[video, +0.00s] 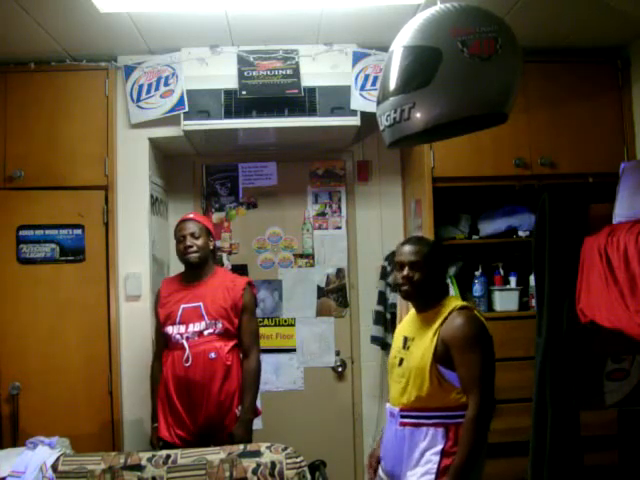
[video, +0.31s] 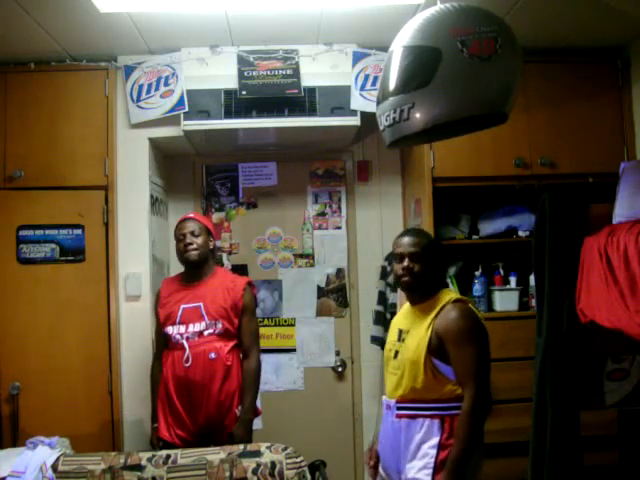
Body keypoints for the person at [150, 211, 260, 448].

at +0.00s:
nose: (187, 243)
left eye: (195, 236)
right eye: (180, 239)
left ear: (211, 242)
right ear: (176, 247)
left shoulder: (237, 288)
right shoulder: (167, 290)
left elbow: (251, 354)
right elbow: (160, 355)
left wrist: (245, 417)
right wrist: (157, 419)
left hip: (225, 416)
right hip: (176, 416)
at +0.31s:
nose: (187, 241)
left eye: (195, 234)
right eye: (180, 237)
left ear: (211, 242)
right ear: (176, 248)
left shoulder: (237, 288)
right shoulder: (167, 289)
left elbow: (251, 355)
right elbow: (160, 355)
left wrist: (245, 417)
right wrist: (157, 420)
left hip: (225, 416)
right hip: (176, 416)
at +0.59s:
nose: (187, 242)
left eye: (195, 235)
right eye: (180, 238)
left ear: (211, 242)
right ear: (176, 248)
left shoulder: (237, 288)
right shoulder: (167, 290)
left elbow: (251, 355)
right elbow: (160, 355)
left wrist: (246, 417)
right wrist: (157, 419)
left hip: (225, 416)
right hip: (176, 416)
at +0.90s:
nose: (187, 241)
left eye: (195, 235)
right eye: (180, 238)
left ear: (211, 242)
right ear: (176, 248)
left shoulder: (237, 288)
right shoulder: (167, 290)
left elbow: (251, 355)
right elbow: (160, 355)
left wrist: (246, 417)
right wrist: (157, 419)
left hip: (225, 416)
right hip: (176, 416)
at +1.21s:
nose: (187, 241)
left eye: (195, 235)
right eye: (180, 238)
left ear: (211, 242)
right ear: (176, 248)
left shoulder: (237, 288)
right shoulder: (167, 290)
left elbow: (251, 355)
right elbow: (160, 355)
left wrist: (246, 417)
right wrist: (157, 419)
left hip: (225, 416)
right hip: (176, 416)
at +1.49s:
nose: (187, 242)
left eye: (195, 235)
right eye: (180, 238)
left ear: (211, 242)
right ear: (176, 248)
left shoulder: (237, 288)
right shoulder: (167, 290)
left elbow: (251, 355)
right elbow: (159, 355)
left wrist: (246, 417)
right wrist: (157, 420)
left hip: (225, 417)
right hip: (176, 417)